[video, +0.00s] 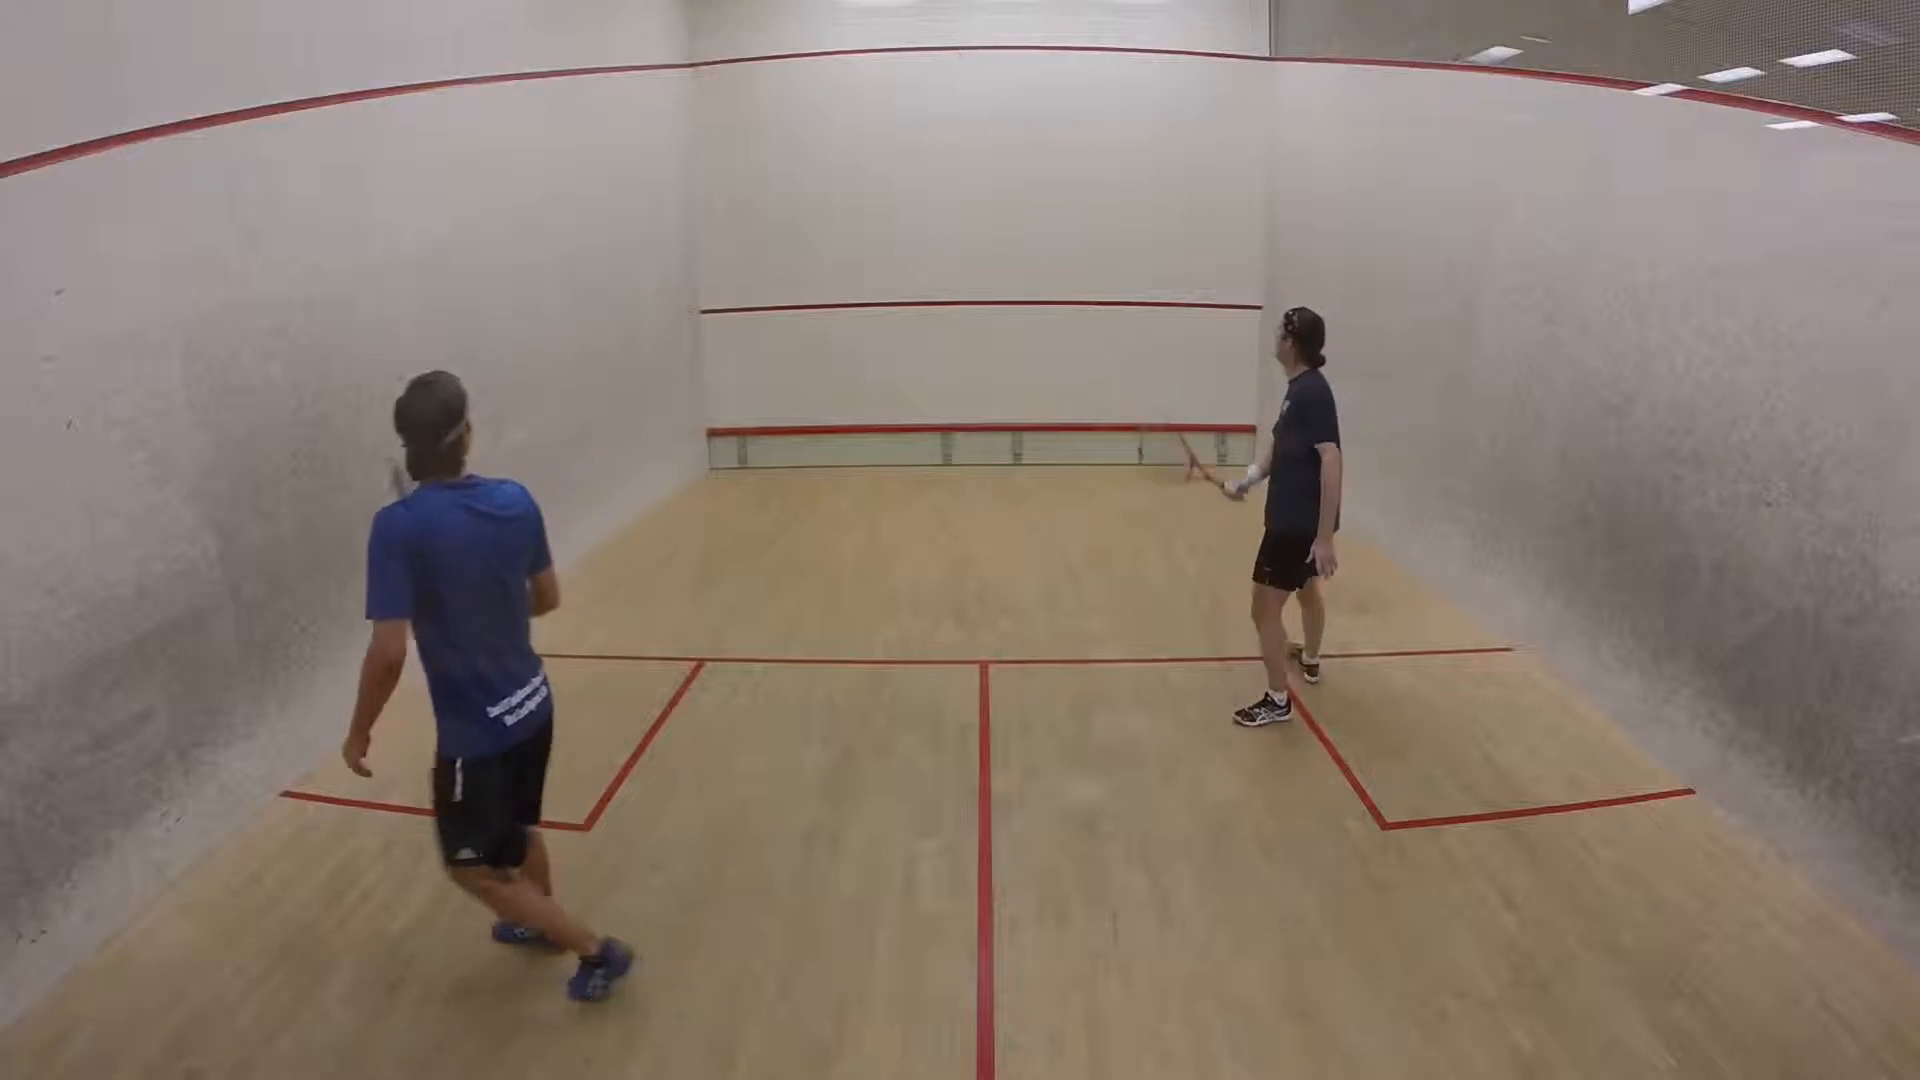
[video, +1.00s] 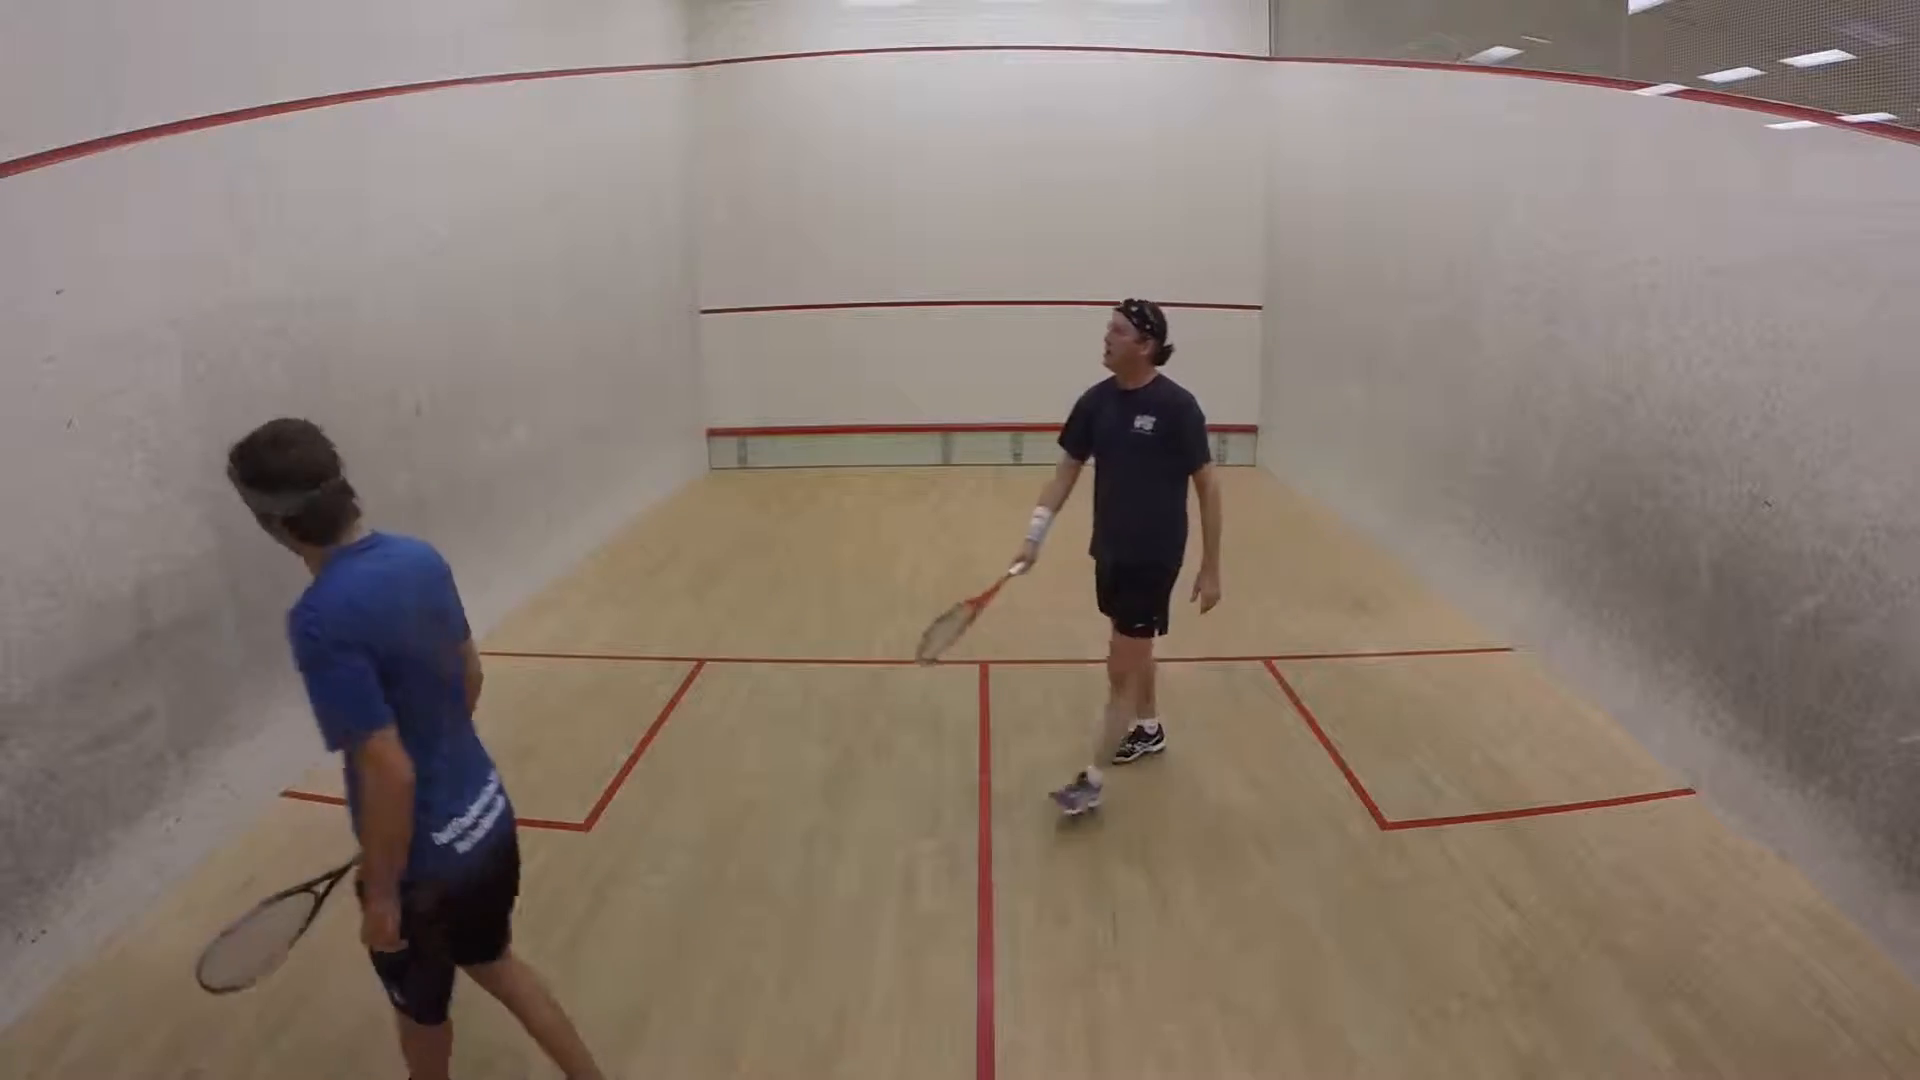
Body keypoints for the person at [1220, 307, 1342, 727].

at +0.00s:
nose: (1275, 344)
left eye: (1279, 337)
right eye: (1278, 337)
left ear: (1291, 342)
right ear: (1305, 343)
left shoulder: (1311, 392)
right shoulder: (1300, 389)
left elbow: (1331, 460)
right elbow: (1278, 447)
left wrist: (1325, 536)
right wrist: (1246, 482)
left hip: (1291, 522)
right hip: (1301, 518)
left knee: (1264, 610)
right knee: (1308, 591)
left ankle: (1278, 699)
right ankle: (1310, 660)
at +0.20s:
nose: (1248, 334)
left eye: (1254, 330)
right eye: (1250, 328)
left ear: (1272, 338)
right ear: (1272, 339)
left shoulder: (1301, 390)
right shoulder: (1263, 388)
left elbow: (1313, 471)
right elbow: (1257, 458)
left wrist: (1289, 539)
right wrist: (1241, 507)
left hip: (1292, 520)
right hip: (1260, 514)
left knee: (1280, 608)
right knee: (1240, 590)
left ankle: (1281, 699)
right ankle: (1256, 672)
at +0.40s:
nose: (1218, 336)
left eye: (1226, 332)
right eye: (1222, 330)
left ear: (1248, 346)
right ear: (1245, 346)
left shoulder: (1279, 401)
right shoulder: (1225, 394)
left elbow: (1285, 482)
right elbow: (1228, 471)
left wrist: (1246, 548)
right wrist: (1215, 532)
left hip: (1272, 529)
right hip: (1229, 521)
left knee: (1274, 620)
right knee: (1196, 609)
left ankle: (1280, 698)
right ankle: (1176, 708)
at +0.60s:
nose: (1180, 336)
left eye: (1190, 332)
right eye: (1185, 329)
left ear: (1214, 348)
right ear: (1205, 348)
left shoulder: (1245, 406)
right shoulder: (1180, 399)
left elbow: (1259, 489)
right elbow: (1181, 475)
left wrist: (1229, 556)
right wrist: (1170, 533)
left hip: (1229, 537)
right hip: (1181, 529)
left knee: (1233, 630)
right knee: (1157, 622)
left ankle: (1270, 687)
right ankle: (1149, 725)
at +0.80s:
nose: (1143, 329)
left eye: (1154, 325)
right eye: (1146, 322)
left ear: (1181, 340)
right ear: (1166, 339)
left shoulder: (1213, 398)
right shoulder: (1137, 391)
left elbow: (1235, 478)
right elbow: (1123, 461)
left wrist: (1229, 557)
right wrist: (1106, 524)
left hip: (1191, 539)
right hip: (1143, 531)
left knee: (1162, 645)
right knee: (1140, 631)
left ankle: (1203, 696)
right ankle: (1148, 726)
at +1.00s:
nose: (1106, 338)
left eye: (1118, 333)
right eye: (1108, 329)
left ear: (1147, 346)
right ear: (1122, 342)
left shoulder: (1178, 407)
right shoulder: (1096, 401)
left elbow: (1207, 486)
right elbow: (1065, 472)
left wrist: (1210, 567)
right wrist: (1033, 536)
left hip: (1155, 552)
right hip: (1108, 546)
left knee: (1121, 667)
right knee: (1133, 643)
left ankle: (1093, 779)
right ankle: (1147, 726)